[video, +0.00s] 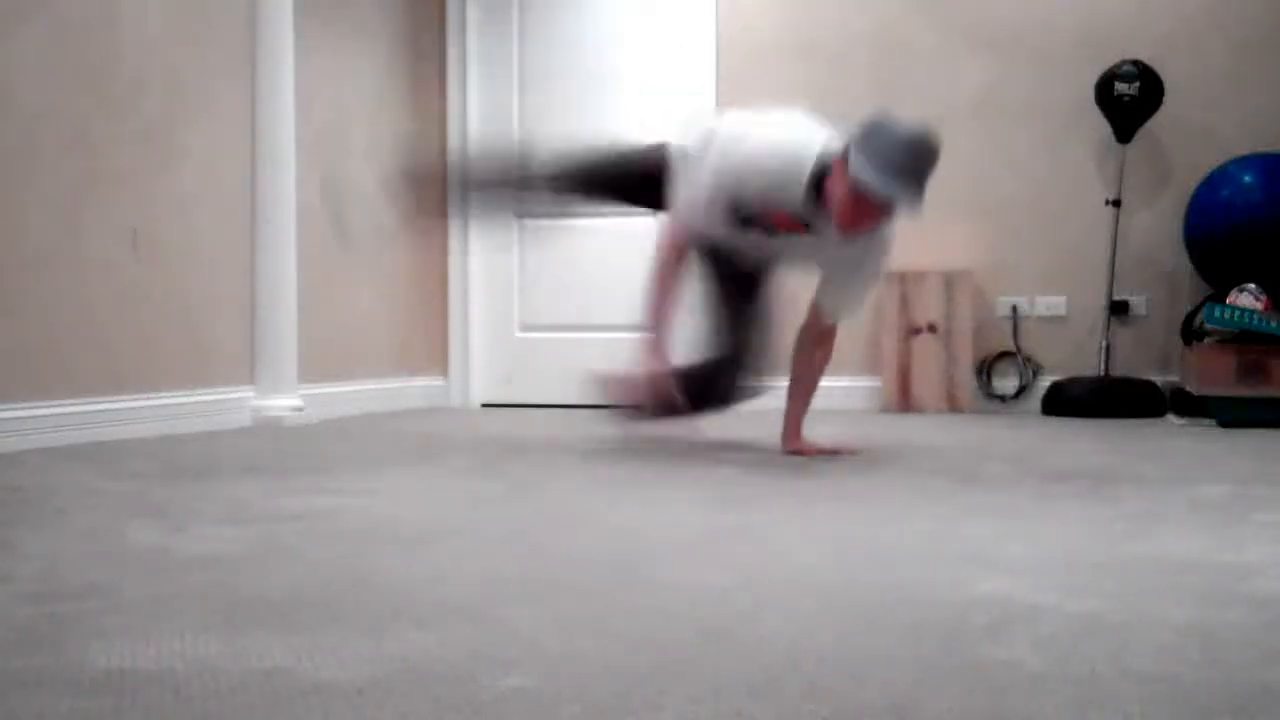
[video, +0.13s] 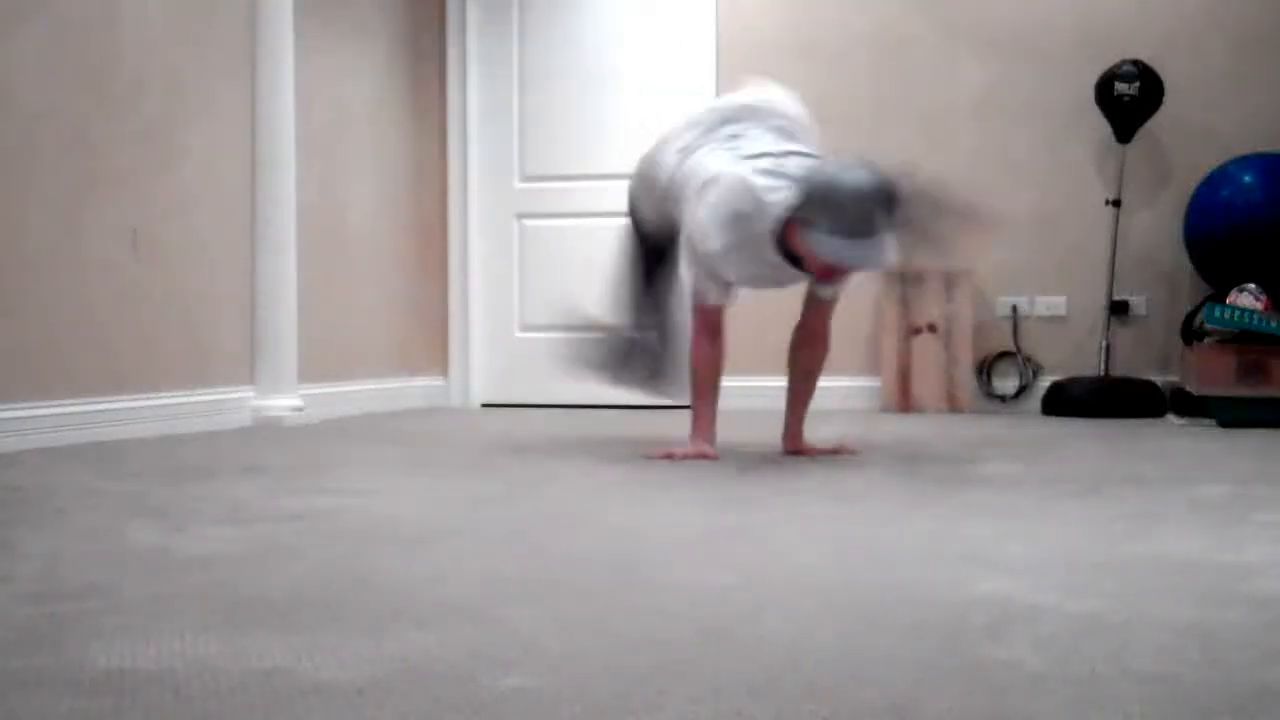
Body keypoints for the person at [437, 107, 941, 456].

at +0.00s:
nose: (865, 213)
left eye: (881, 207)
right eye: (862, 194)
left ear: (896, 207)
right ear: (840, 164)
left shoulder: (867, 243)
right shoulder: (758, 154)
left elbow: (820, 332)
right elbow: (672, 249)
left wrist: (793, 435)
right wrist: (658, 356)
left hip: (740, 248)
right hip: (690, 180)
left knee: (735, 375)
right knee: (555, 178)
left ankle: (626, 401)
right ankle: (442, 181)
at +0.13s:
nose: (837, 272)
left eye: (848, 261)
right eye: (831, 257)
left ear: (862, 241)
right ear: (799, 231)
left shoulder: (842, 233)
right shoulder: (725, 214)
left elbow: (813, 333)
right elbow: (708, 330)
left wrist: (794, 437)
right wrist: (702, 439)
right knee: (656, 359)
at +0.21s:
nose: (807, 235)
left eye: (813, 219)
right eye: (795, 222)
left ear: (817, 197)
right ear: (759, 209)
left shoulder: (822, 203)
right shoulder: (684, 225)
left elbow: (814, 309)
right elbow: (700, 333)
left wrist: (807, 423)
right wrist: (703, 441)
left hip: (746, 143)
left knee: (864, 114)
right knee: (761, 344)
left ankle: (970, 83)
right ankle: (815, 388)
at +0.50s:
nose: (666, 101)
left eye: (660, 86)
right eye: (645, 100)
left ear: (668, 85)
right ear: (619, 127)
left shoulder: (714, 132)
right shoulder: (642, 213)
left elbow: (777, 197)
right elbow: (677, 325)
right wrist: (700, 438)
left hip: (858, 227)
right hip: (840, 290)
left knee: (919, 122)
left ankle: (961, 36)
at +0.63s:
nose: (726, 122)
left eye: (725, 111)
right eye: (711, 113)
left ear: (730, 117)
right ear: (685, 120)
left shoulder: (760, 189)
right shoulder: (671, 208)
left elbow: (800, 329)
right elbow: (680, 327)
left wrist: (829, 434)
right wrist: (698, 439)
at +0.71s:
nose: (786, 152)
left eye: (793, 141)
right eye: (775, 139)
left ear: (803, 146)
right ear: (744, 137)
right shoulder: (695, 218)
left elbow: (817, 348)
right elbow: (685, 333)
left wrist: (831, 438)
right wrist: (697, 437)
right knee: (716, 90)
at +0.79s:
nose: (858, 149)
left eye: (864, 136)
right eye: (847, 131)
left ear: (864, 144)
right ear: (813, 127)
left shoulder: (850, 233)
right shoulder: (759, 190)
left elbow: (848, 334)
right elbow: (686, 281)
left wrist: (832, 433)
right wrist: (666, 358)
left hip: (793, 345)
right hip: (742, 273)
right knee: (777, 90)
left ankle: (955, 319)